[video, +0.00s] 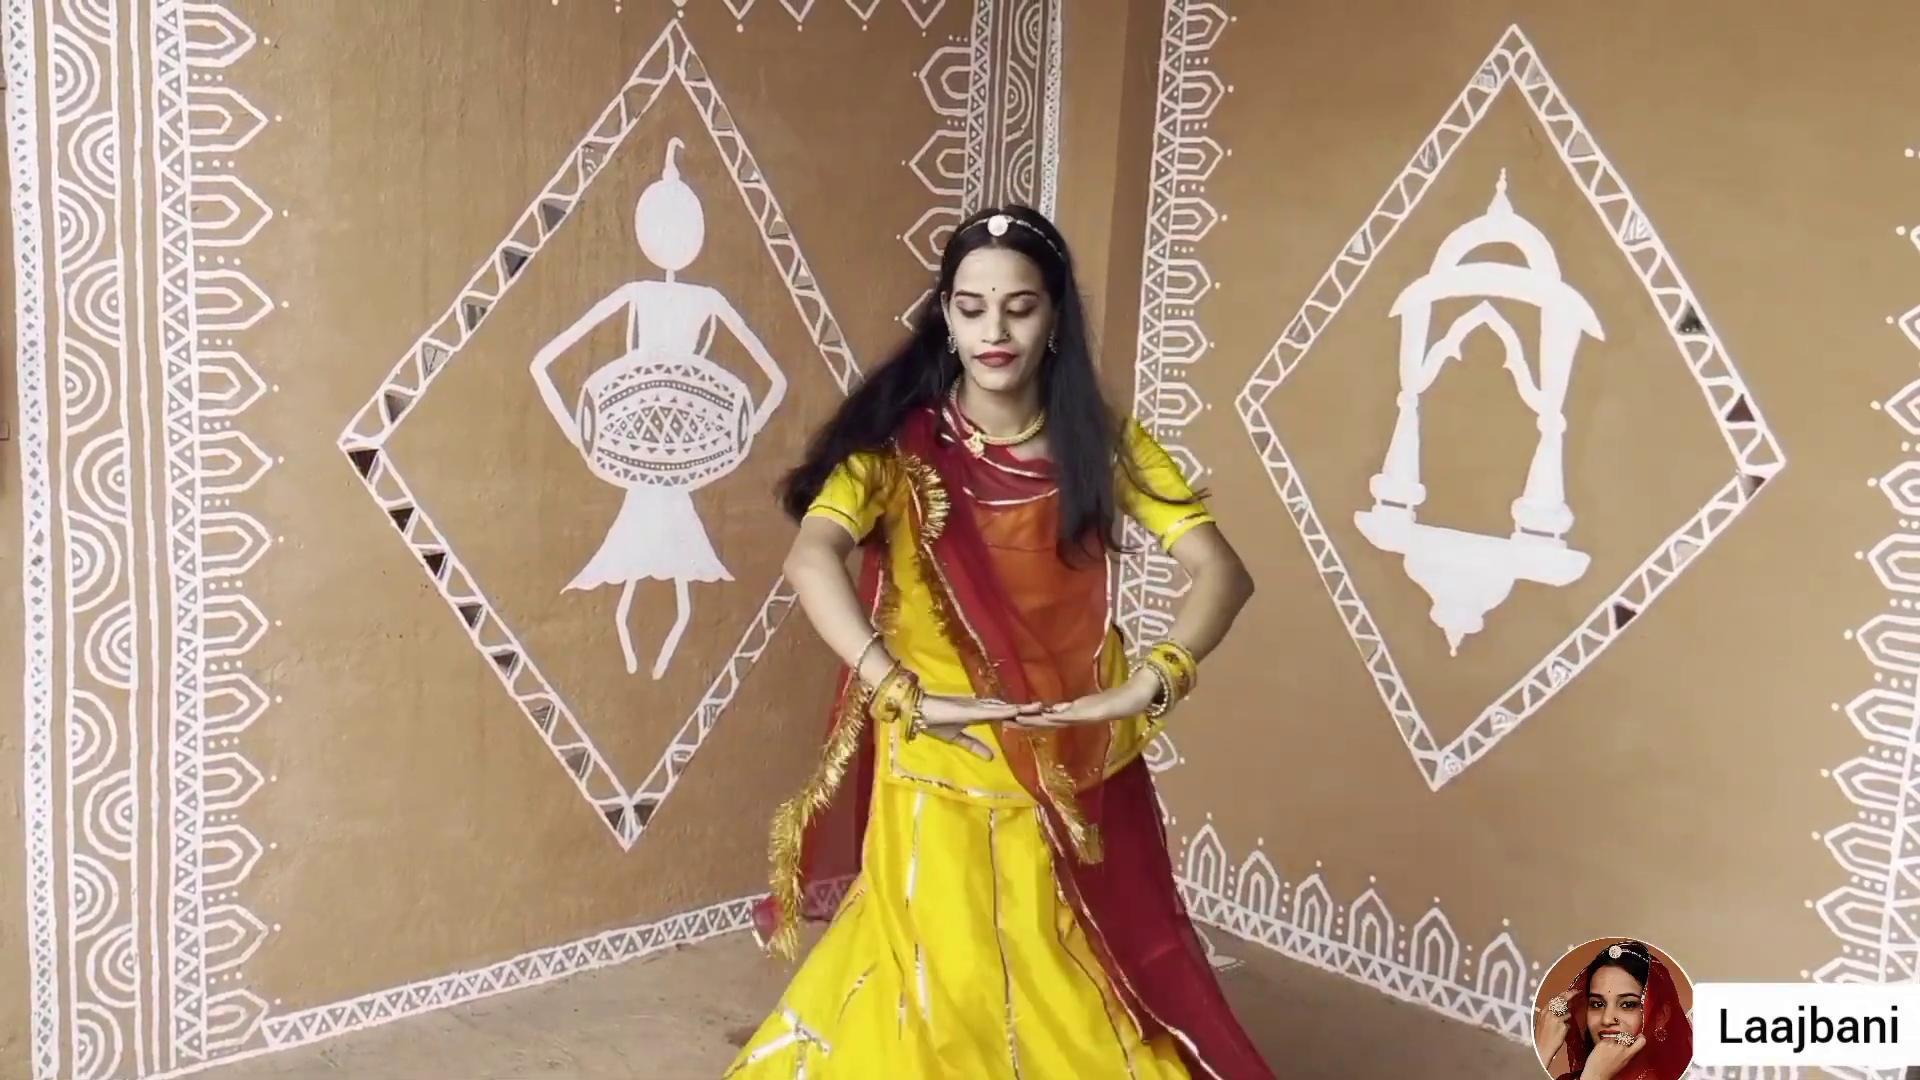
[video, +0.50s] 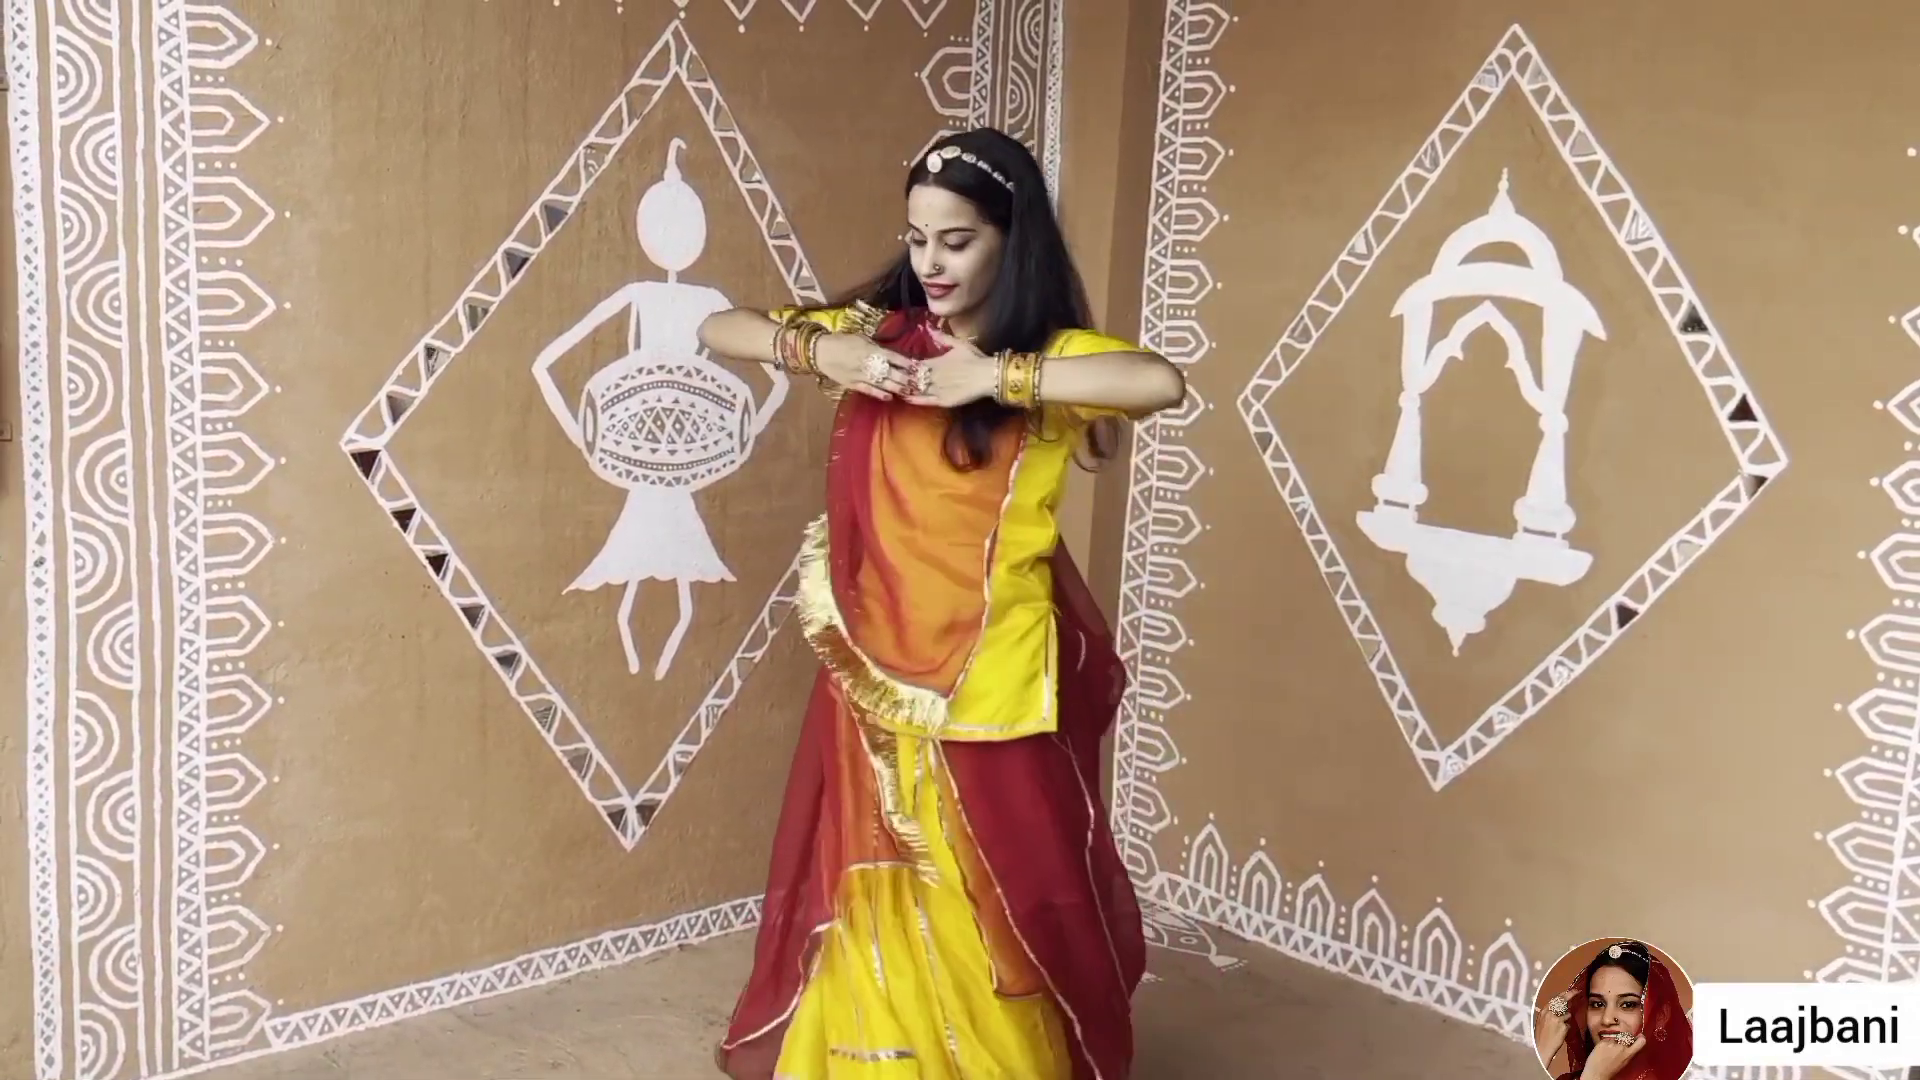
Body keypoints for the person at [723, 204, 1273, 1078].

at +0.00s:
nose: (994, 333)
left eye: (1019, 309)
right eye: (971, 309)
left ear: (1056, 316)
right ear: (946, 318)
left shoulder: (1102, 439)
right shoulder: (896, 442)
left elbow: (1221, 573)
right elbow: (811, 556)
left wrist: (1161, 674)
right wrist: (891, 682)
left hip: (1077, 769)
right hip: (939, 765)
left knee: (1090, 1010)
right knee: (950, 1005)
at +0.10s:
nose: (984, 326)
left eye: (1009, 301)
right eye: (962, 302)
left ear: (1050, 306)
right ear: (940, 308)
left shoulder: (1098, 433)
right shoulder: (892, 433)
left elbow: (1227, 562)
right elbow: (781, 542)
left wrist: (1120, 665)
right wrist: (873, 668)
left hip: (1067, 756)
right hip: (932, 752)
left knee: (1065, 995)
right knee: (936, 994)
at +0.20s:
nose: (968, 301)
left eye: (994, 277)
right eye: (950, 277)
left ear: (1040, 282)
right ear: (930, 280)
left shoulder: (1087, 405)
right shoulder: (884, 399)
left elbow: (1226, 511)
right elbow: (742, 478)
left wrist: (1079, 585)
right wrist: (855, 585)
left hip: (1064, 728)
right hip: (924, 730)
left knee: (1063, 987)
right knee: (922, 980)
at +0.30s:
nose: (957, 282)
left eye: (983, 258)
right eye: (940, 257)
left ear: (1034, 259)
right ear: (923, 257)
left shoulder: (1082, 379)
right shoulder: (882, 372)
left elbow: (1219, 465)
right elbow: (731, 418)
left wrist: (1054, 509)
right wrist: (848, 494)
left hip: (1048, 733)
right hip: (906, 727)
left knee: (1046, 965)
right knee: (897, 956)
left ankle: (1051, 1067)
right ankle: (891, 1065)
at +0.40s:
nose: (948, 269)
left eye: (972, 245)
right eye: (932, 245)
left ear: (1027, 243)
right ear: (916, 243)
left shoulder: (1070, 360)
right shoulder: (877, 349)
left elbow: (1205, 417)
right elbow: (723, 366)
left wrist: (1034, 435)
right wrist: (840, 412)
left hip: (1030, 700)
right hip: (891, 695)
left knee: (1029, 943)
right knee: (880, 931)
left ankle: (1032, 1066)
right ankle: (876, 1066)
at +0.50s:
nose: (931, 262)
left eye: (954, 240)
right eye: (918, 239)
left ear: (1012, 238)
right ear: (904, 240)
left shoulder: (1050, 354)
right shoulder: (876, 327)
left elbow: (1161, 384)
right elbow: (721, 330)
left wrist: (991, 376)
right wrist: (821, 350)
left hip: (994, 696)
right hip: (868, 679)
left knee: (990, 948)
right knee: (859, 933)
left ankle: (1003, 1065)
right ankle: (859, 1065)